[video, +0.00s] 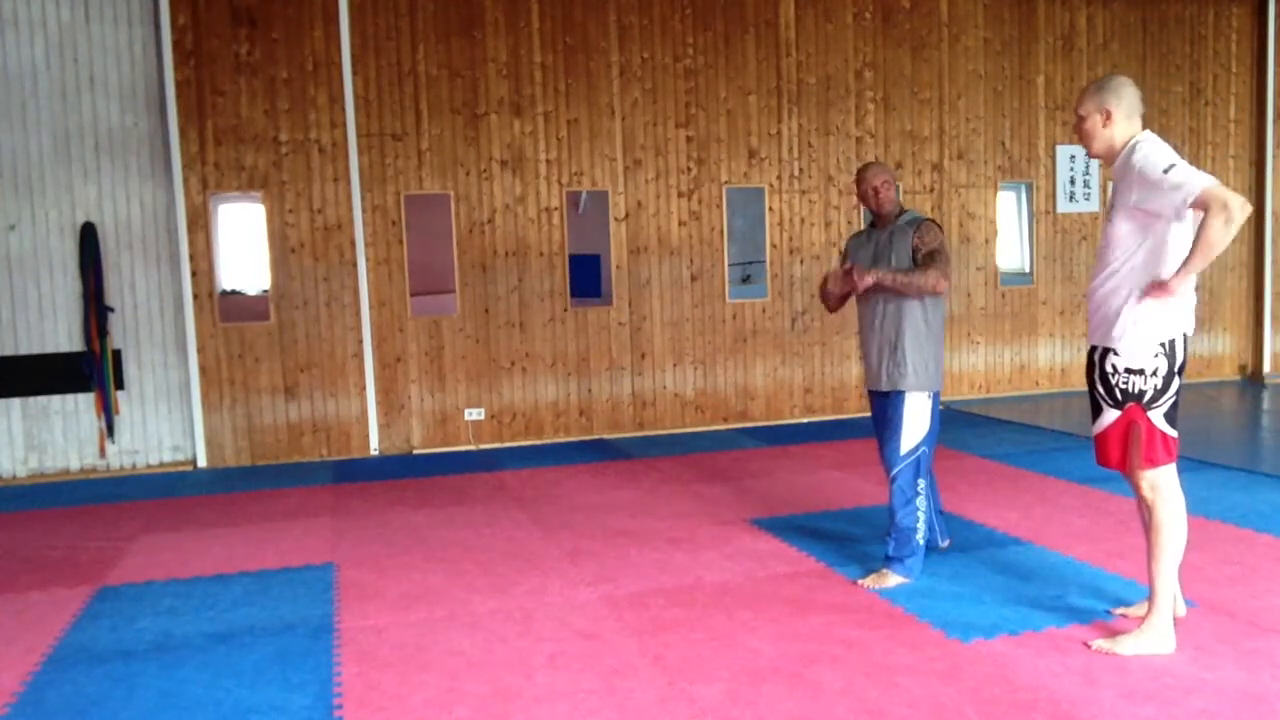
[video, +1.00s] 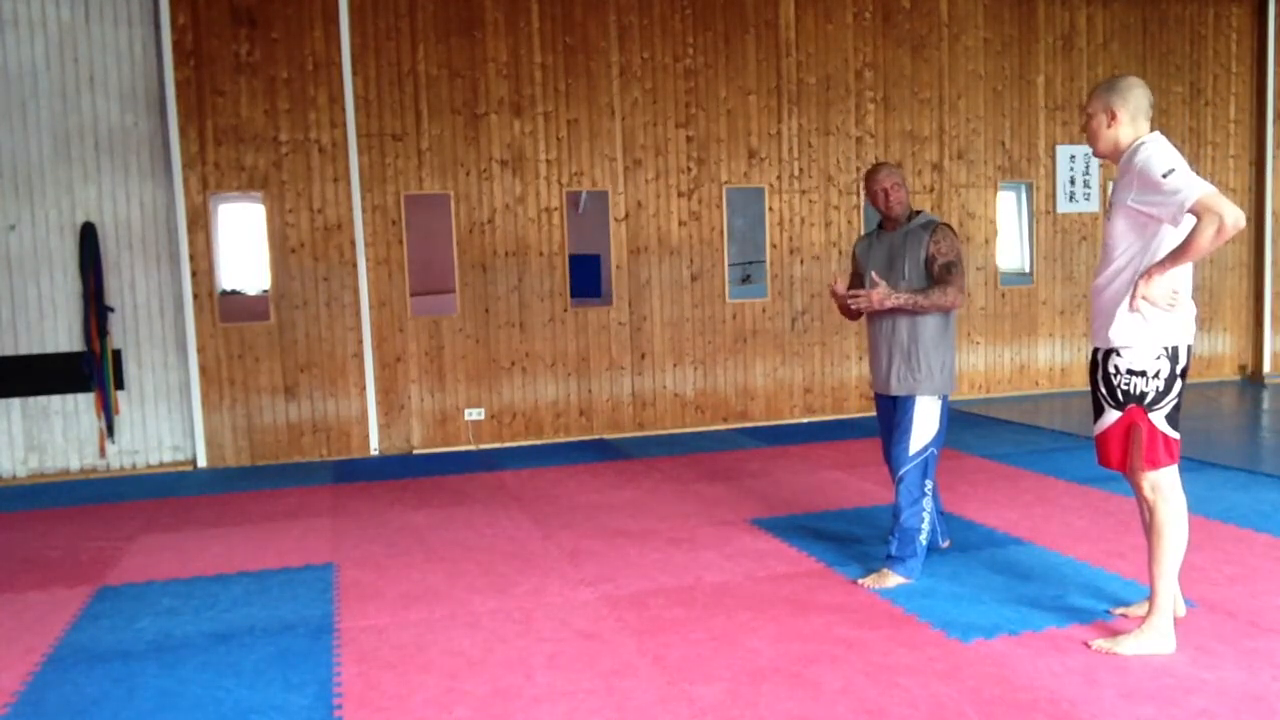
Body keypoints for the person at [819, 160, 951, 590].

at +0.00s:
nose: (881, 194)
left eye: (886, 186)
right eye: (872, 189)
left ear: (897, 188)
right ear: (861, 198)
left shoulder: (922, 230)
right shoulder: (858, 244)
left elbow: (937, 281)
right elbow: (832, 304)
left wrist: (876, 278)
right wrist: (834, 288)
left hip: (917, 367)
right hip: (879, 369)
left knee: (903, 465)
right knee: (904, 461)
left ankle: (903, 563)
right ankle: (933, 532)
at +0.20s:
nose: (886, 194)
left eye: (890, 186)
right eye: (876, 191)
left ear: (901, 189)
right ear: (864, 201)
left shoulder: (925, 226)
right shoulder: (865, 241)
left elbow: (933, 259)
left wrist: (875, 237)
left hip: (920, 366)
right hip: (881, 368)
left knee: (905, 462)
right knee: (902, 458)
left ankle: (904, 563)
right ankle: (933, 531)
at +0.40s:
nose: (886, 198)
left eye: (891, 190)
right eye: (877, 195)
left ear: (902, 191)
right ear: (867, 203)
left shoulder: (928, 229)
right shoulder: (866, 244)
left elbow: (927, 268)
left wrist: (869, 247)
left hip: (924, 366)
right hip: (884, 367)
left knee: (908, 461)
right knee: (901, 458)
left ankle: (904, 562)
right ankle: (933, 531)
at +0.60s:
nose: (887, 197)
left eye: (892, 188)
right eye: (878, 192)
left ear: (903, 191)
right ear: (867, 201)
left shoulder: (932, 235)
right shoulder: (861, 248)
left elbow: (942, 293)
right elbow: (857, 307)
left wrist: (882, 298)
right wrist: (839, 304)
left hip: (925, 372)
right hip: (885, 373)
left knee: (910, 465)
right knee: (901, 461)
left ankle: (904, 564)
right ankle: (934, 531)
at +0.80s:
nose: (888, 196)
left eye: (892, 188)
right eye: (878, 192)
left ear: (904, 190)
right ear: (867, 200)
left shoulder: (935, 235)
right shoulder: (863, 248)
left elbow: (952, 295)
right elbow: (856, 303)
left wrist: (892, 304)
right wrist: (846, 308)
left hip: (927, 373)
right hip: (886, 375)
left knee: (911, 469)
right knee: (901, 463)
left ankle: (904, 565)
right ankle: (935, 531)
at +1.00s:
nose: (890, 196)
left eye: (895, 187)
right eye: (881, 192)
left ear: (908, 190)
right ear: (870, 199)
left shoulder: (937, 235)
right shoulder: (865, 247)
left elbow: (952, 295)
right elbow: (857, 307)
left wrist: (891, 299)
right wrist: (845, 302)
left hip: (927, 373)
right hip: (886, 374)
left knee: (910, 469)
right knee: (901, 462)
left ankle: (904, 565)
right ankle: (934, 530)